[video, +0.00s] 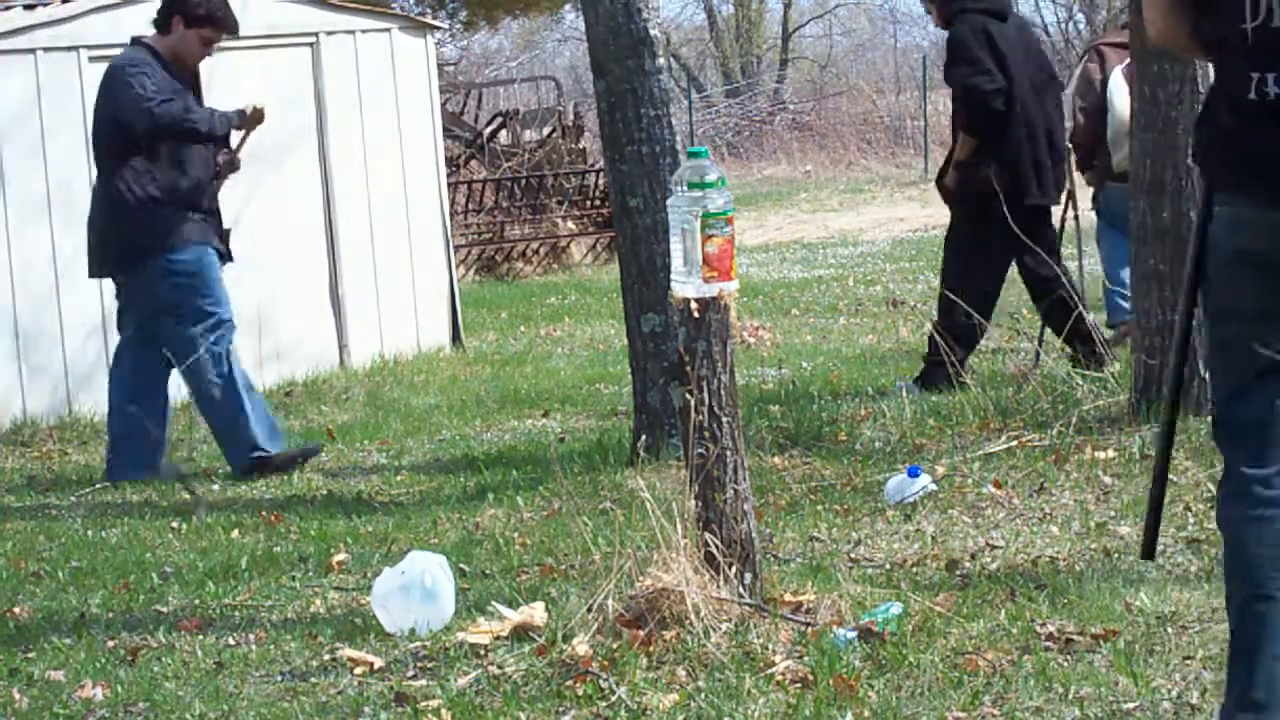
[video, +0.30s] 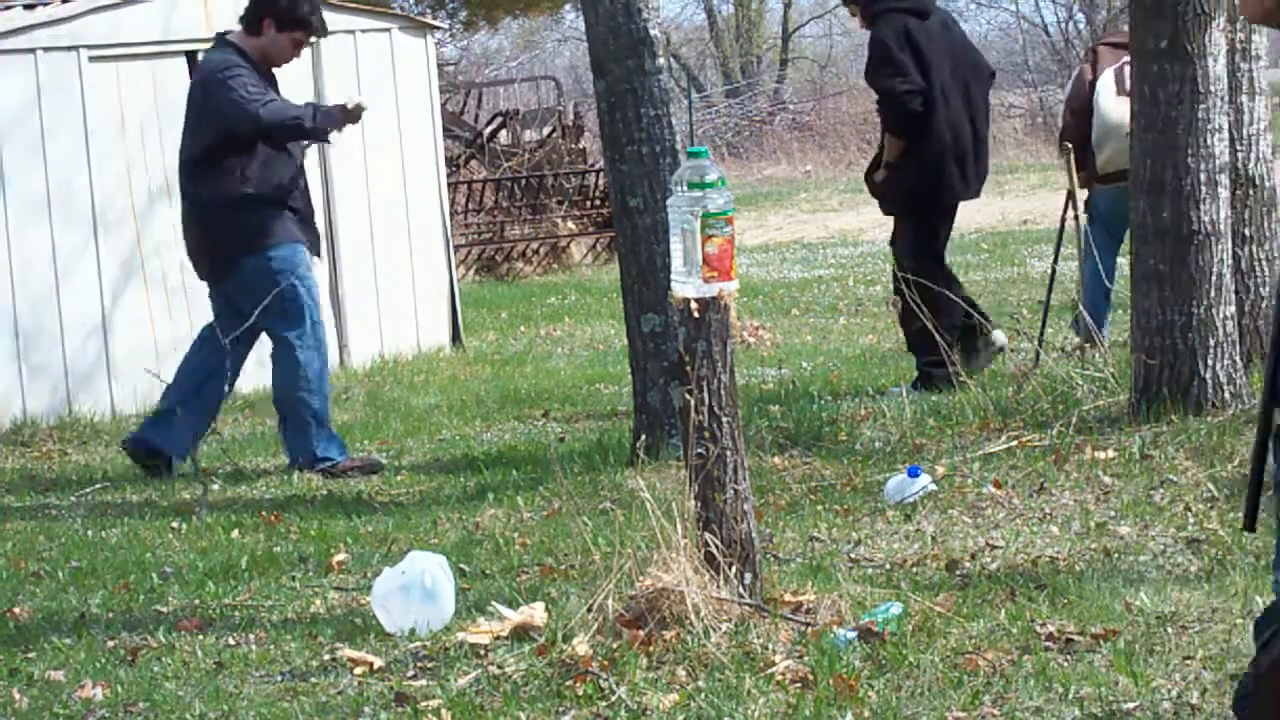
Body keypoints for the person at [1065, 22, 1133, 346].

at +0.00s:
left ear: (1127, 16)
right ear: (1157, 19)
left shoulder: (1103, 54)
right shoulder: (1176, 52)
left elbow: (1083, 119)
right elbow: (1193, 116)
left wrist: (1089, 166)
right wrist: (1186, 164)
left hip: (1121, 175)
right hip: (1171, 177)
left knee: (1114, 229)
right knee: (1168, 242)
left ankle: (1124, 314)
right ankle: (1170, 318)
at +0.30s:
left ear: (1112, 36)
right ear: (1148, 33)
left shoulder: (1097, 62)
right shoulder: (1166, 58)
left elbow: (1075, 112)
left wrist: (1084, 167)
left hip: (1113, 176)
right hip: (1162, 178)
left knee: (1099, 250)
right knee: (1163, 259)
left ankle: (1090, 331)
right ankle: (1166, 337)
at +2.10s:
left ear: (1059, 33)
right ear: (1097, 30)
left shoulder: (1044, 61)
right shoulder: (1122, 53)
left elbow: (1030, 126)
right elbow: (1149, 106)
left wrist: (1043, 177)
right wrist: (1147, 157)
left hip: (1080, 178)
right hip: (1133, 170)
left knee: (1083, 259)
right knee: (1150, 254)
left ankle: (1089, 339)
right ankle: (1162, 334)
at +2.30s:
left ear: (1037, 35)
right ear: (1073, 30)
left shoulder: (1026, 62)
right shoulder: (1108, 51)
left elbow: (1018, 129)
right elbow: (1140, 101)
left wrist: (1036, 183)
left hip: (1072, 177)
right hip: (1126, 166)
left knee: (1079, 264)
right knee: (1148, 250)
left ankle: (1088, 342)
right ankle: (1169, 328)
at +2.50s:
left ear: (1021, 38)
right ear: (1058, 30)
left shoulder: (1016, 65)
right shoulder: (1093, 50)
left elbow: (1014, 132)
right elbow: (1130, 96)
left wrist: (1025, 181)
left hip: (1064, 177)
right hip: (1120, 163)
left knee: (1075, 255)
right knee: (1122, 216)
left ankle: (1087, 341)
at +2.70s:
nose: (1017, 13)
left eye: (1018, 8)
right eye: (1020, 6)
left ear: (1025, 15)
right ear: (1054, 11)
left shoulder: (1016, 58)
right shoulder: (1096, 37)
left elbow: (1010, 126)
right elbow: (1125, 95)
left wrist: (1024, 180)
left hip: (1059, 171)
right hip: (1114, 159)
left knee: (1072, 251)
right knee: (1110, 236)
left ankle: (1086, 333)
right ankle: (1114, 315)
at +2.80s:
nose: (1017, 75)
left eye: (1018, 66)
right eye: (1015, 67)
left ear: (1028, 57)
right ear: (1056, 44)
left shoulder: (1026, 79)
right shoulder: (1099, 60)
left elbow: (1024, 133)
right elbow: (1126, 117)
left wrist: (1032, 179)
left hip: (1064, 170)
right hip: (1115, 162)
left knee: (1068, 249)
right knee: (1105, 245)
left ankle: (1085, 331)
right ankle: (1107, 325)